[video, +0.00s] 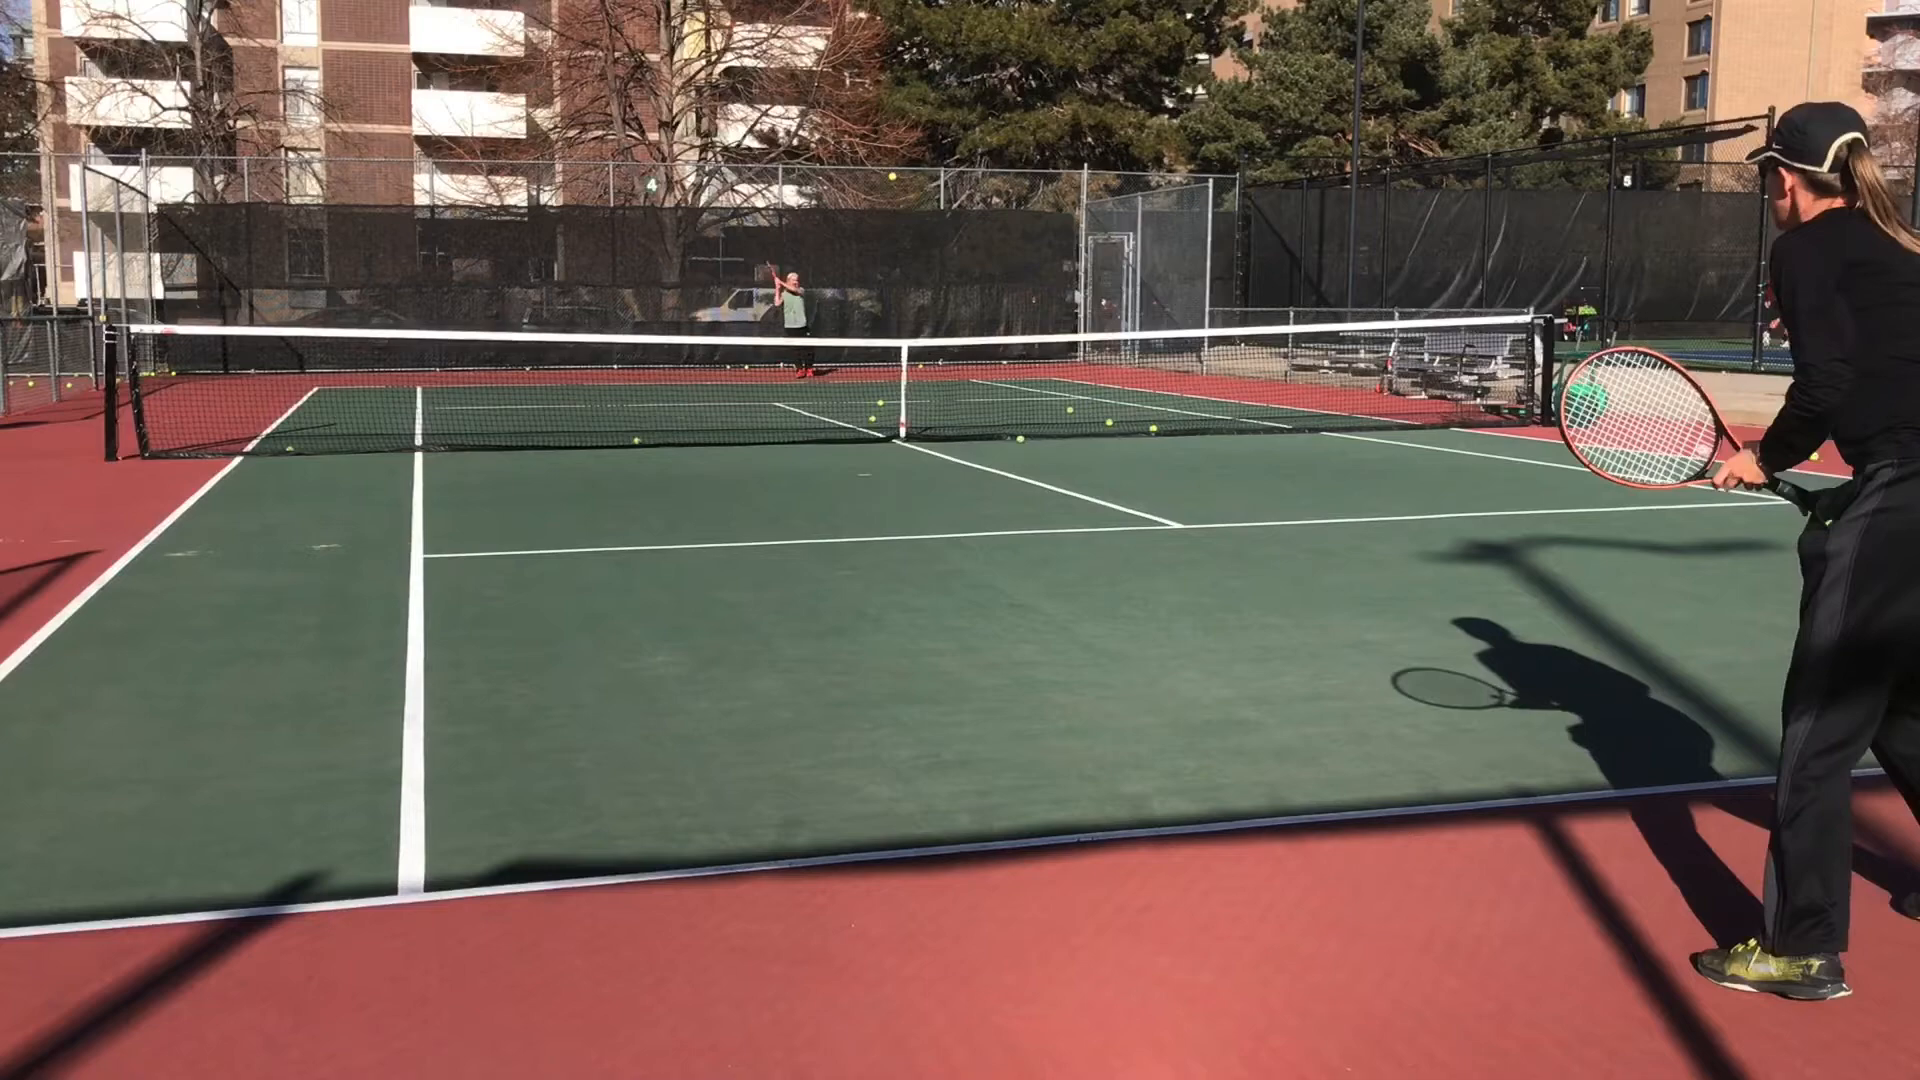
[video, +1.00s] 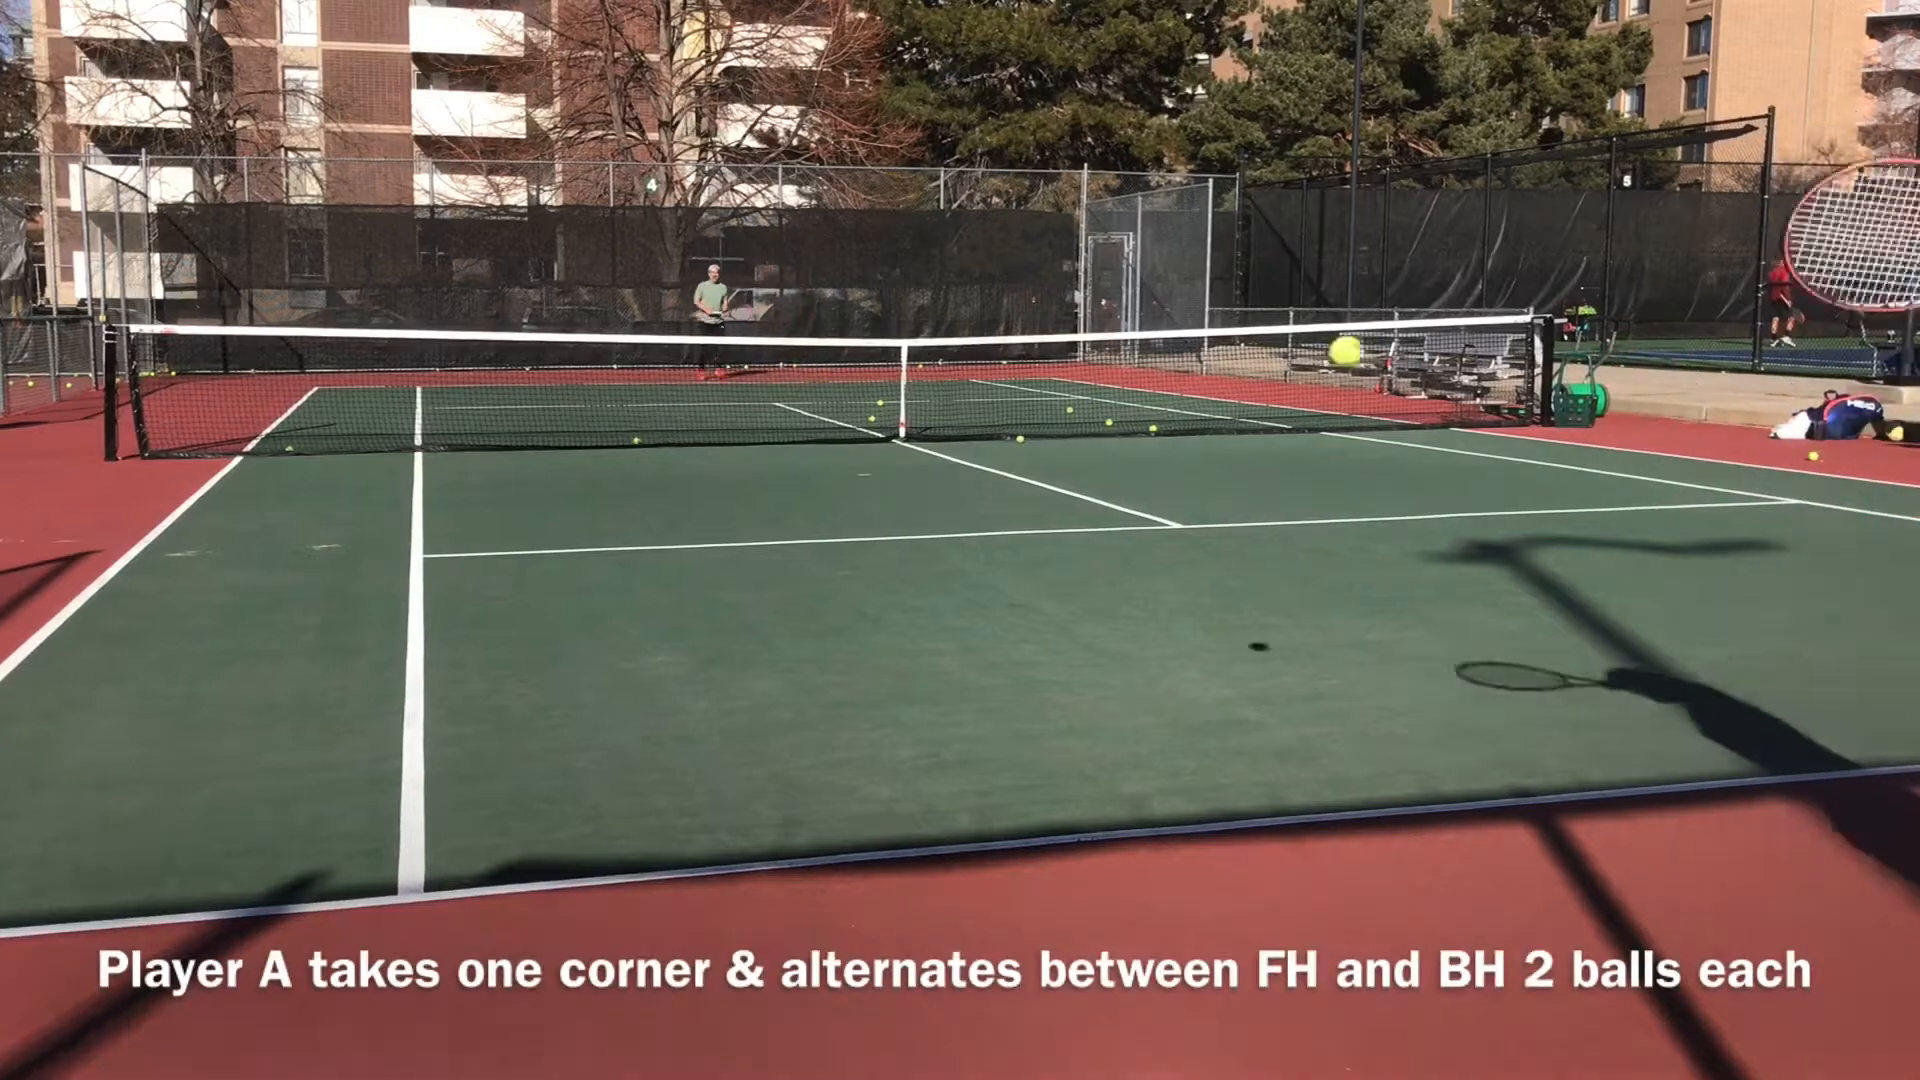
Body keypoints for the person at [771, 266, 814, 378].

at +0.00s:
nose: (796, 282)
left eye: (797, 280)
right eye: (793, 280)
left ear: (798, 281)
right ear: (787, 282)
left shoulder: (801, 291)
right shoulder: (784, 293)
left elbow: (795, 290)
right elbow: (777, 303)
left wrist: (781, 283)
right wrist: (777, 289)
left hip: (802, 324)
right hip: (789, 325)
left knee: (807, 347)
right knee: (794, 348)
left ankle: (809, 367)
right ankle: (799, 368)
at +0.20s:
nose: (787, 285)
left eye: (789, 282)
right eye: (785, 282)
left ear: (791, 284)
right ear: (780, 284)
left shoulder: (794, 294)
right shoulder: (778, 295)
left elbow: (796, 309)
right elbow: (773, 310)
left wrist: (783, 306)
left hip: (796, 325)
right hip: (783, 326)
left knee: (806, 347)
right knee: (782, 348)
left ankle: (808, 367)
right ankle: (781, 368)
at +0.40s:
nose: (771, 282)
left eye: (773, 280)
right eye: (769, 280)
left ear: (775, 281)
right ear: (765, 281)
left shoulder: (779, 293)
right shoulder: (759, 293)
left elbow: (783, 310)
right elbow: (755, 310)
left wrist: (775, 318)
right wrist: (768, 318)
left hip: (777, 326)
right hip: (765, 326)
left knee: (782, 347)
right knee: (771, 349)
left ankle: (784, 365)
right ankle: (776, 367)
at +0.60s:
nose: (753, 283)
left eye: (755, 280)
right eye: (751, 280)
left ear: (757, 282)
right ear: (747, 281)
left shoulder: (761, 293)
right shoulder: (741, 294)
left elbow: (765, 305)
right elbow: (737, 309)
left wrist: (764, 315)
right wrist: (750, 317)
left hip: (759, 324)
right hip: (747, 325)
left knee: (758, 347)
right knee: (748, 347)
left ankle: (755, 367)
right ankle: (750, 367)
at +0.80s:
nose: (735, 283)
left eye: (736, 281)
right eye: (732, 281)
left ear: (738, 282)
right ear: (728, 282)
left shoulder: (742, 296)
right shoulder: (721, 295)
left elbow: (745, 310)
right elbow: (717, 311)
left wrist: (747, 315)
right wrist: (728, 316)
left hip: (739, 326)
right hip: (726, 326)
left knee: (747, 347)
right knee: (718, 348)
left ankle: (750, 368)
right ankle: (707, 367)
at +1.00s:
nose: (715, 275)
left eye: (717, 272)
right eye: (713, 272)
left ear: (719, 274)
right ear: (708, 274)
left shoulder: (723, 287)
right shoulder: (702, 286)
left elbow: (725, 300)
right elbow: (696, 301)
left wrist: (724, 307)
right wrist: (706, 310)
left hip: (718, 320)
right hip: (704, 320)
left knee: (719, 345)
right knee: (704, 345)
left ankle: (718, 367)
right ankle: (701, 367)